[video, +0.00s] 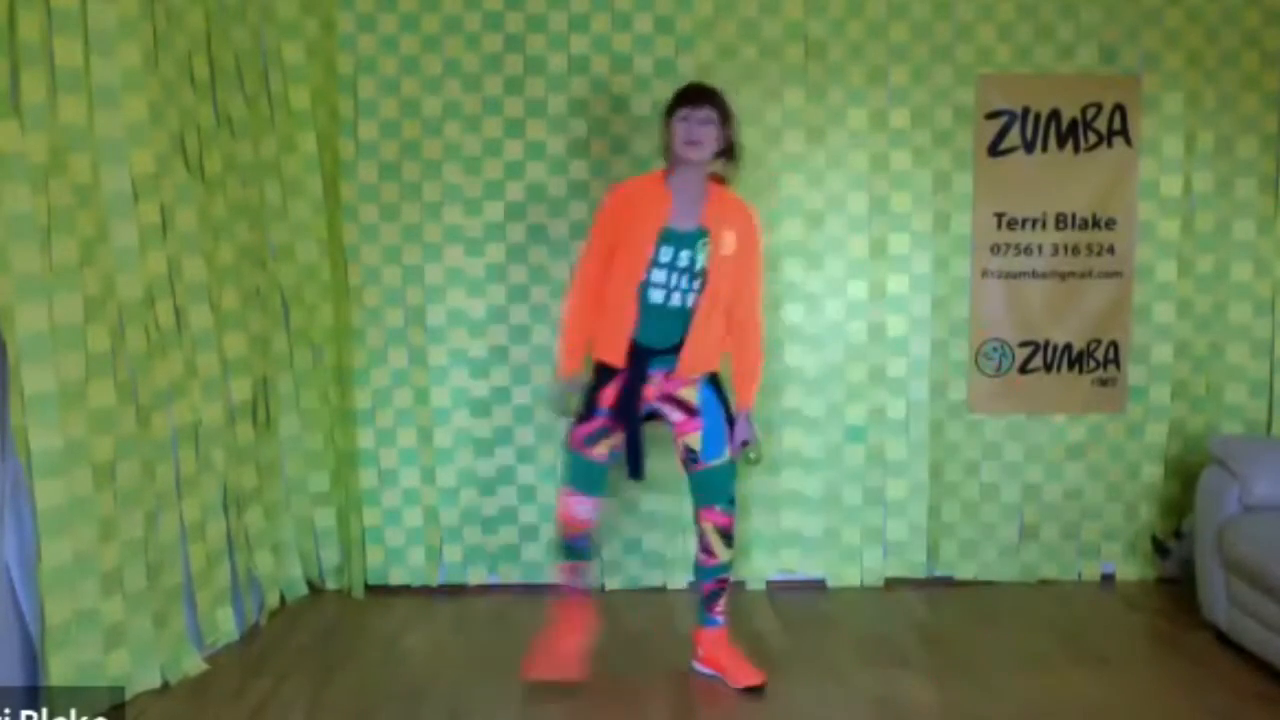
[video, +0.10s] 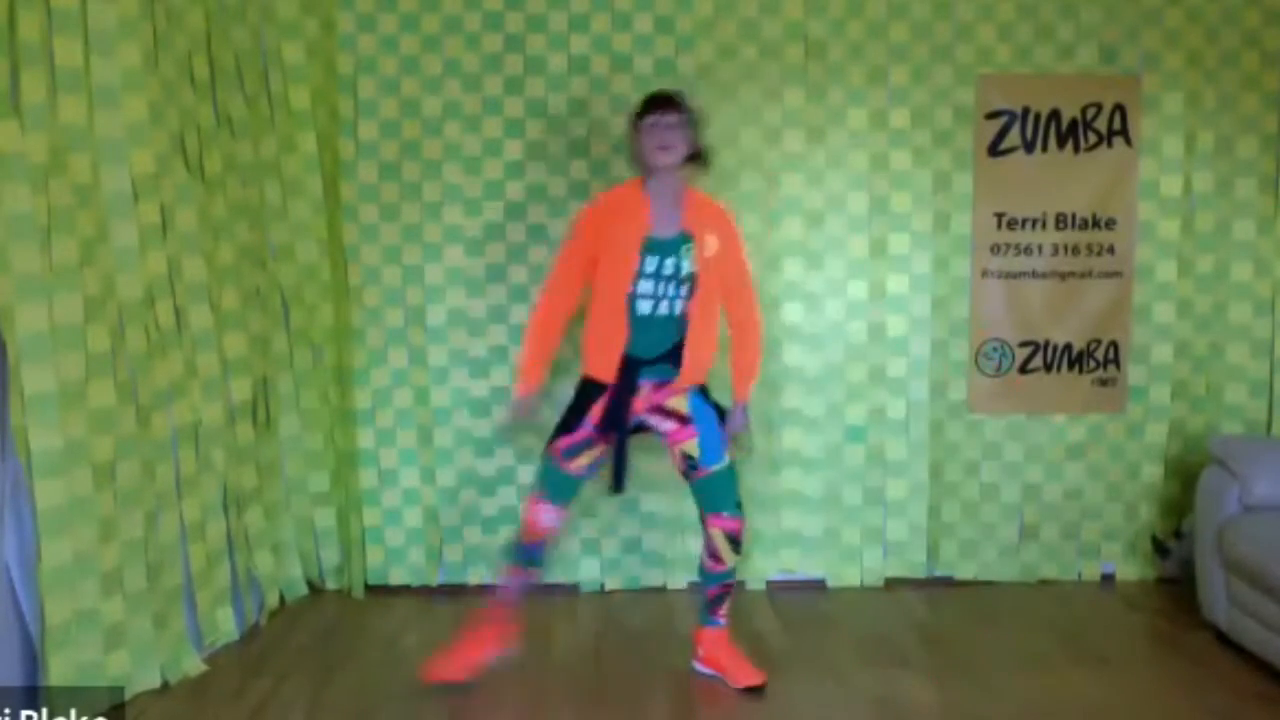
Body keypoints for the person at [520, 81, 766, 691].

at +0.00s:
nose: (695, 132)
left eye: (709, 124)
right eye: (685, 121)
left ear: (724, 139)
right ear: (667, 132)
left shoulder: (736, 218)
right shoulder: (625, 201)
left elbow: (745, 312)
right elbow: (587, 281)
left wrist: (744, 401)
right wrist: (572, 364)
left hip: (695, 370)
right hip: (620, 367)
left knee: (717, 507)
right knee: (577, 497)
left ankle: (713, 637)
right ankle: (571, 618)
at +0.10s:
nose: (664, 137)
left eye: (674, 127)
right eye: (653, 128)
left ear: (693, 140)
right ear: (635, 142)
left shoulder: (713, 221)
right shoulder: (605, 213)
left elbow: (743, 309)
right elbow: (559, 295)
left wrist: (743, 394)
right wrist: (530, 378)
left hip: (681, 385)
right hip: (607, 384)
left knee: (726, 520)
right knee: (544, 506)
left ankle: (713, 638)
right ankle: (500, 623)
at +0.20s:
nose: (602, 168)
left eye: (610, 156)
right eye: (589, 160)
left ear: (629, 167)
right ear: (571, 176)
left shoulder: (664, 236)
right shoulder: (556, 252)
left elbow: (730, 289)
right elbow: (509, 337)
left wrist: (725, 360)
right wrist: (458, 423)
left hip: (658, 410)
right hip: (581, 418)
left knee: (729, 530)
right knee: (496, 525)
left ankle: (714, 640)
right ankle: (436, 634)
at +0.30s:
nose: (546, 195)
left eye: (555, 183)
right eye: (534, 187)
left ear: (575, 193)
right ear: (521, 204)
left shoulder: (617, 249)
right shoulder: (514, 282)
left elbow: (696, 266)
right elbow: (465, 366)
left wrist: (698, 335)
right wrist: (407, 448)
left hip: (630, 427)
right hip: (554, 437)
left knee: (723, 533)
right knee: (457, 540)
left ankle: (713, 641)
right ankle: (433, 641)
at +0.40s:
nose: (482, 229)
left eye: (492, 215)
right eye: (469, 221)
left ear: (513, 223)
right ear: (455, 242)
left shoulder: (559, 263)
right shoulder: (461, 323)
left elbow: (642, 237)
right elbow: (406, 402)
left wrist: (642, 306)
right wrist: (344, 476)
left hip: (606, 438)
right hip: (529, 454)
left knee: (714, 534)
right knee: (431, 537)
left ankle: (712, 639)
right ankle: (429, 641)